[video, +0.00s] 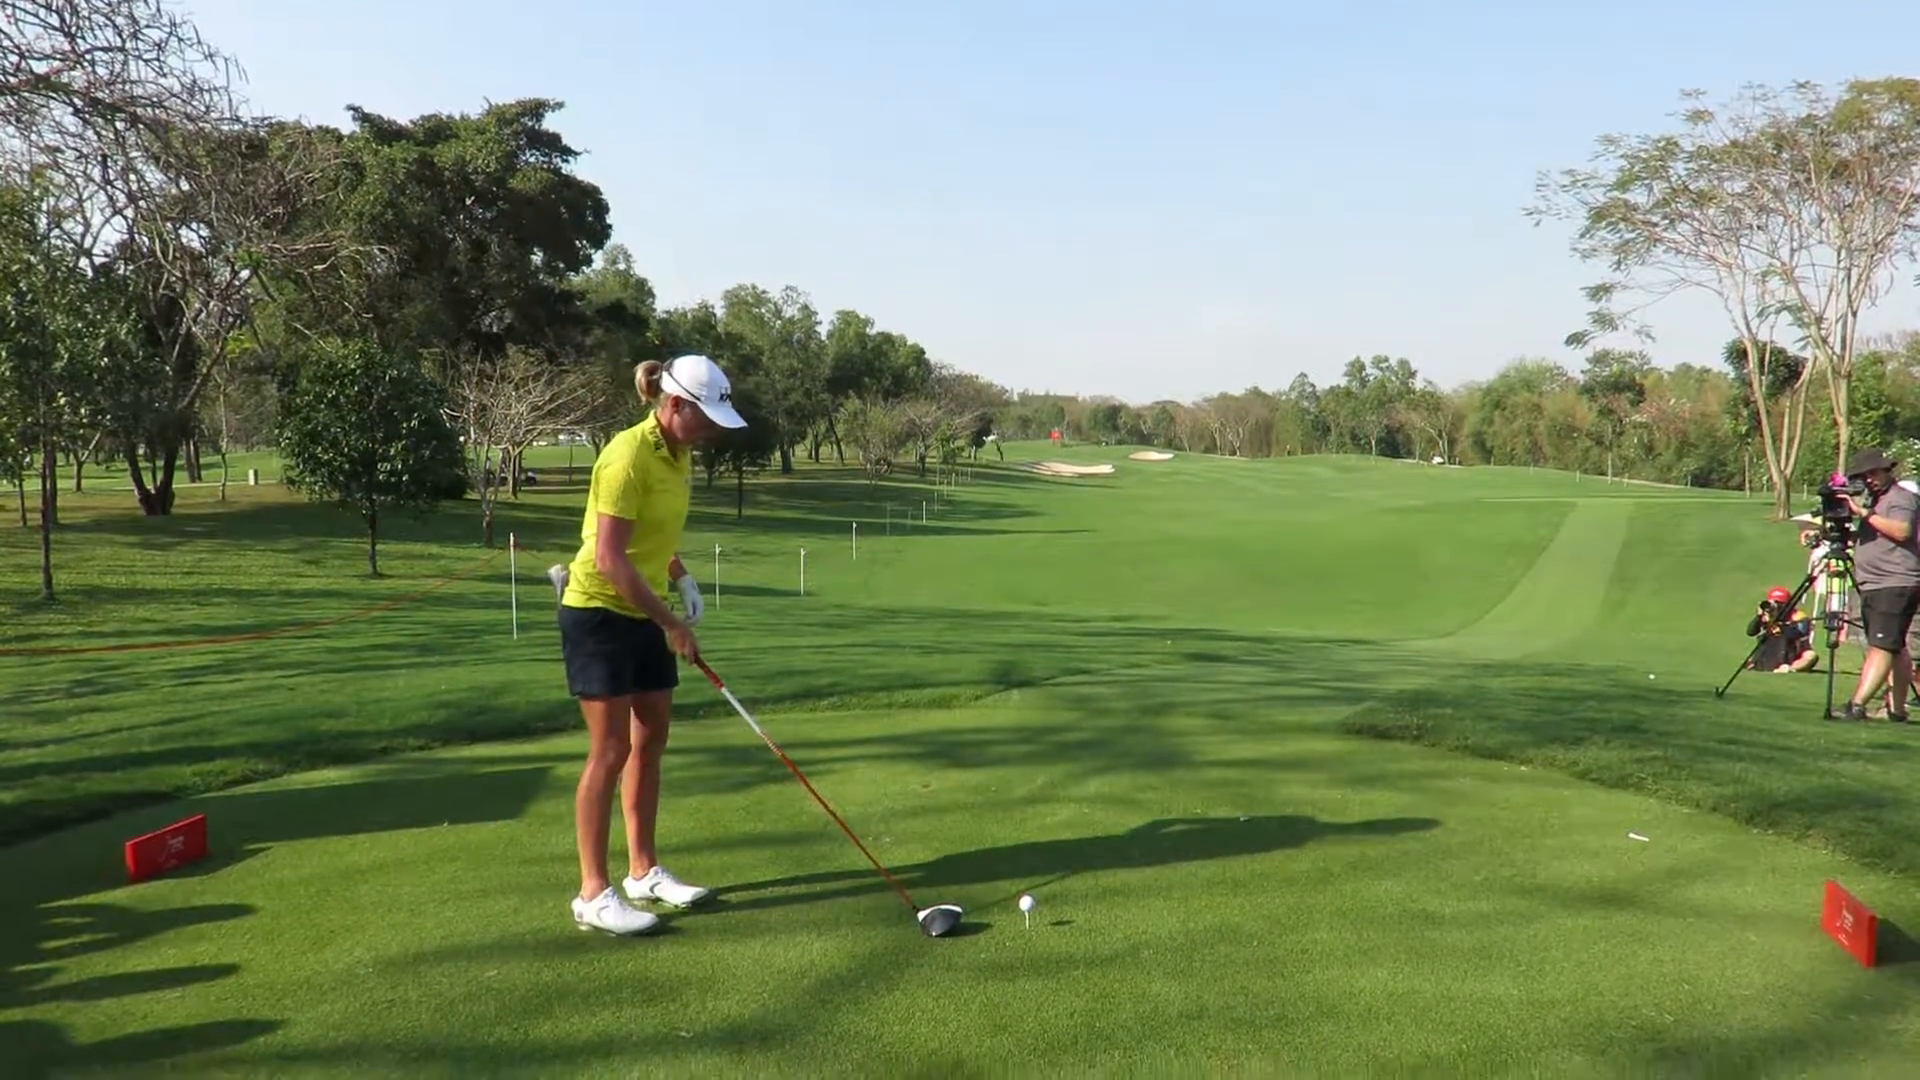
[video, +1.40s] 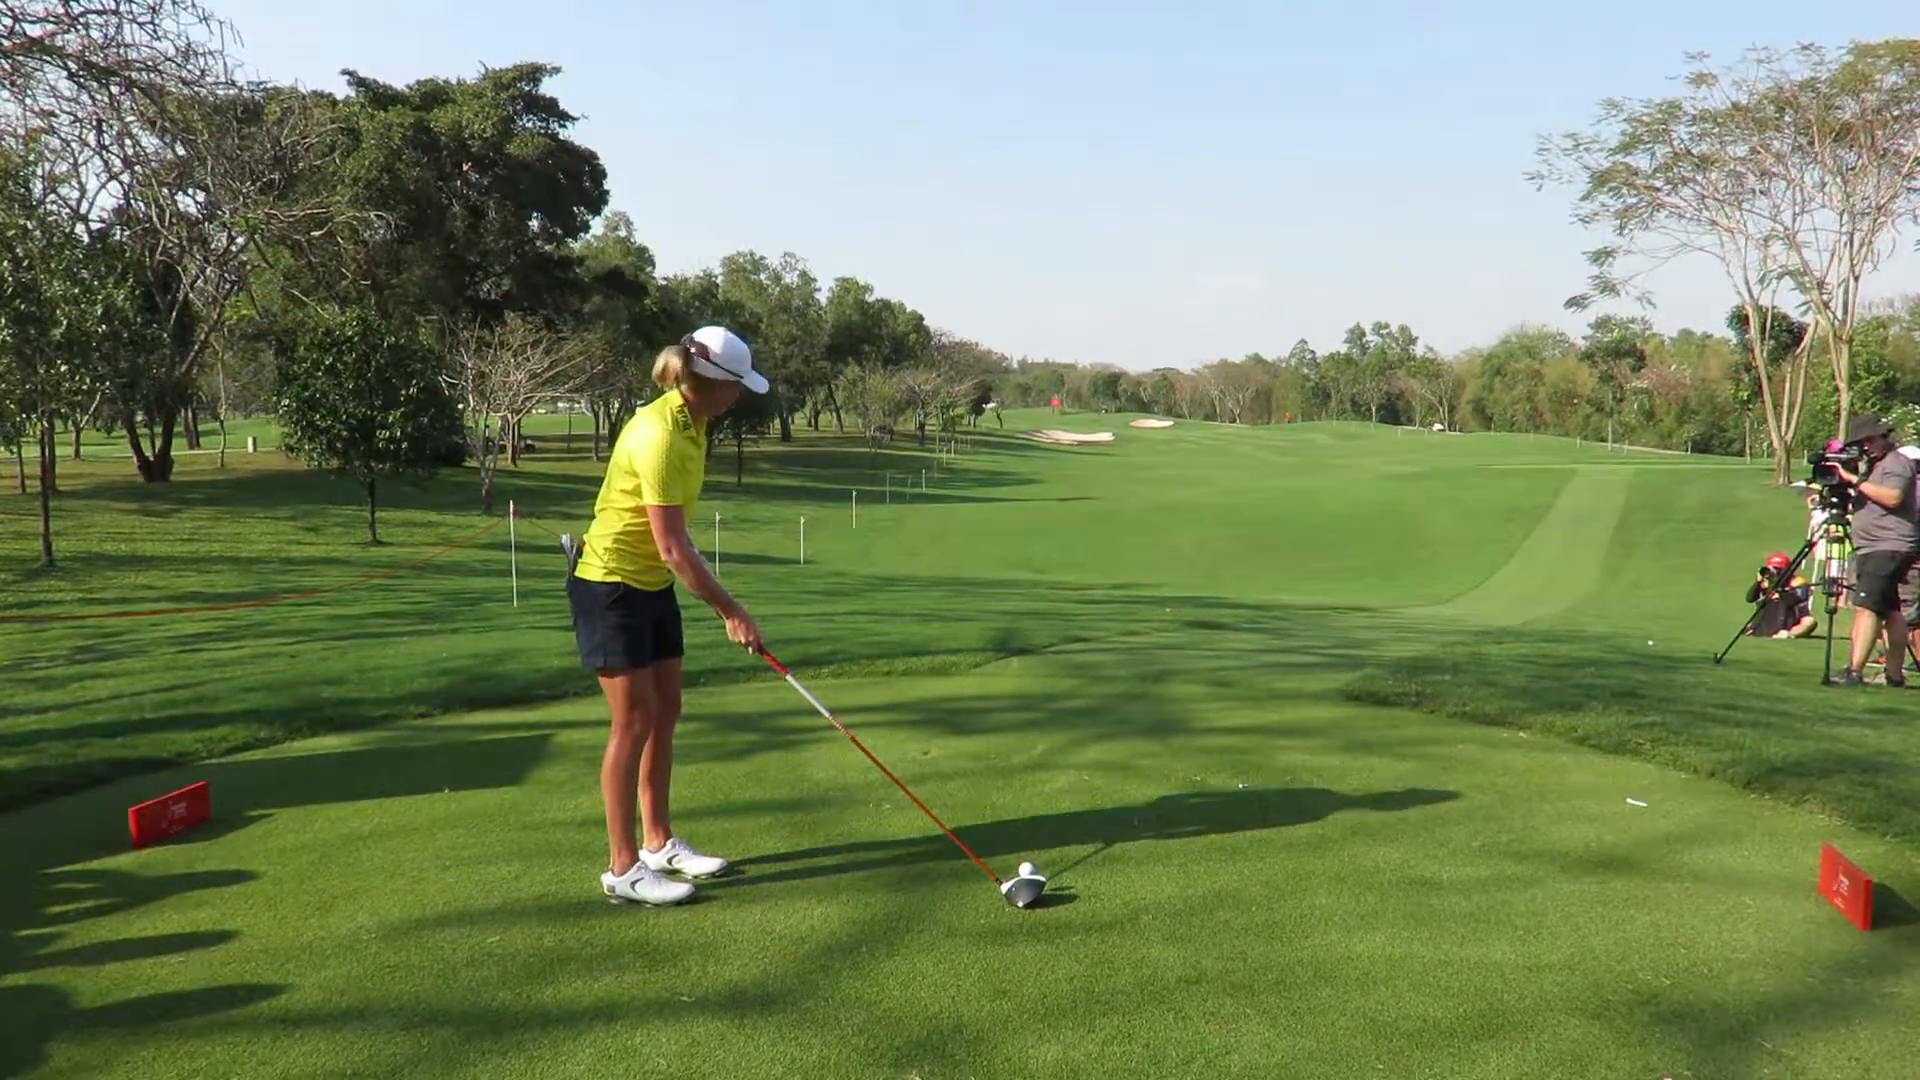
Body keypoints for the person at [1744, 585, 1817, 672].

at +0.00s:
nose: (1774, 609)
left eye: (1778, 605)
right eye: (1772, 605)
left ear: (1786, 605)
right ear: (1769, 604)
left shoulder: (1798, 618)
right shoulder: (1769, 616)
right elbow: (1750, 632)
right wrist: (1759, 617)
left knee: (1811, 655)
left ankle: (1792, 668)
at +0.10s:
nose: (1773, 603)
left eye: (1777, 599)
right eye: (1771, 599)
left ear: (1785, 599)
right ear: (1769, 598)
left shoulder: (1799, 611)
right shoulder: (1769, 610)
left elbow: (1800, 626)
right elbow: (1751, 626)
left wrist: (1782, 623)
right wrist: (1759, 611)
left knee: (1812, 648)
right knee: (1749, 655)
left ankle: (1791, 661)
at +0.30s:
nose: (1772, 595)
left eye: (1776, 592)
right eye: (1770, 592)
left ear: (1785, 592)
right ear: (1767, 591)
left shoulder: (1798, 604)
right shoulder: (1768, 603)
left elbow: (1800, 618)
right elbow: (1749, 619)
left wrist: (1781, 616)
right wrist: (1758, 604)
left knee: (1810, 641)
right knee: (1748, 649)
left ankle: (1790, 654)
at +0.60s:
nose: (1773, 588)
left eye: (1777, 585)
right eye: (1771, 585)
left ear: (1785, 585)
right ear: (1768, 584)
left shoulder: (1799, 597)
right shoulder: (1768, 596)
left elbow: (1797, 614)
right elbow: (1750, 612)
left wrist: (1782, 608)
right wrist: (1759, 597)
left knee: (1811, 635)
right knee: (1749, 643)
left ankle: (1790, 648)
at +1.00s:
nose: (1773, 581)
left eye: (1776, 577)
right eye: (1770, 577)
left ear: (1785, 577)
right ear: (1768, 576)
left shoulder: (1798, 589)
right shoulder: (1769, 588)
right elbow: (1750, 604)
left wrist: (1782, 602)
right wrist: (1759, 589)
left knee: (1810, 627)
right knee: (1748, 634)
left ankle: (1790, 640)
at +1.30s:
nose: (1773, 576)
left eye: (1776, 572)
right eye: (1770, 572)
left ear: (1785, 572)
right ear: (1768, 571)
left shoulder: (1798, 583)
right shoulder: (1769, 583)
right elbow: (1750, 599)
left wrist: (1782, 595)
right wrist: (1758, 583)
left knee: (1810, 621)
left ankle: (1790, 634)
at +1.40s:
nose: (1772, 576)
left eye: (1776, 572)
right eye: (1770, 572)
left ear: (1785, 572)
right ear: (1767, 571)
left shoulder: (1798, 584)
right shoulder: (1769, 584)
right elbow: (1749, 598)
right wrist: (1758, 583)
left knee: (1811, 621)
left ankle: (1790, 634)